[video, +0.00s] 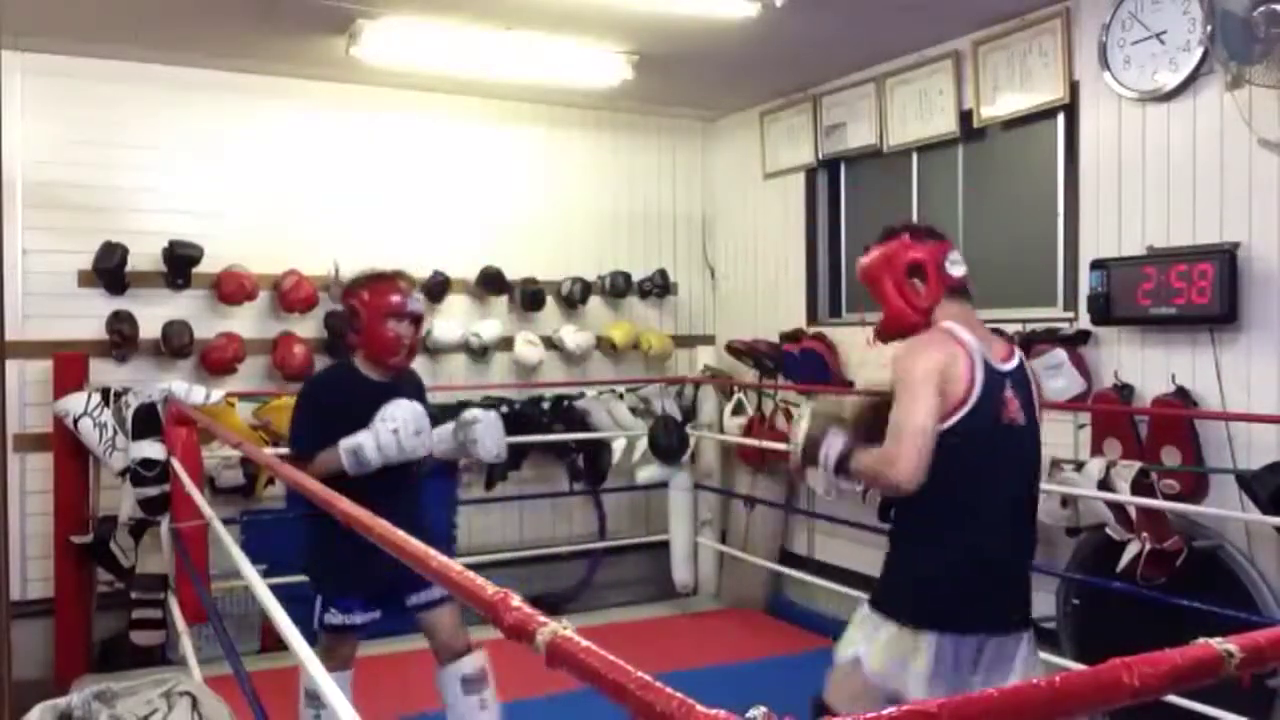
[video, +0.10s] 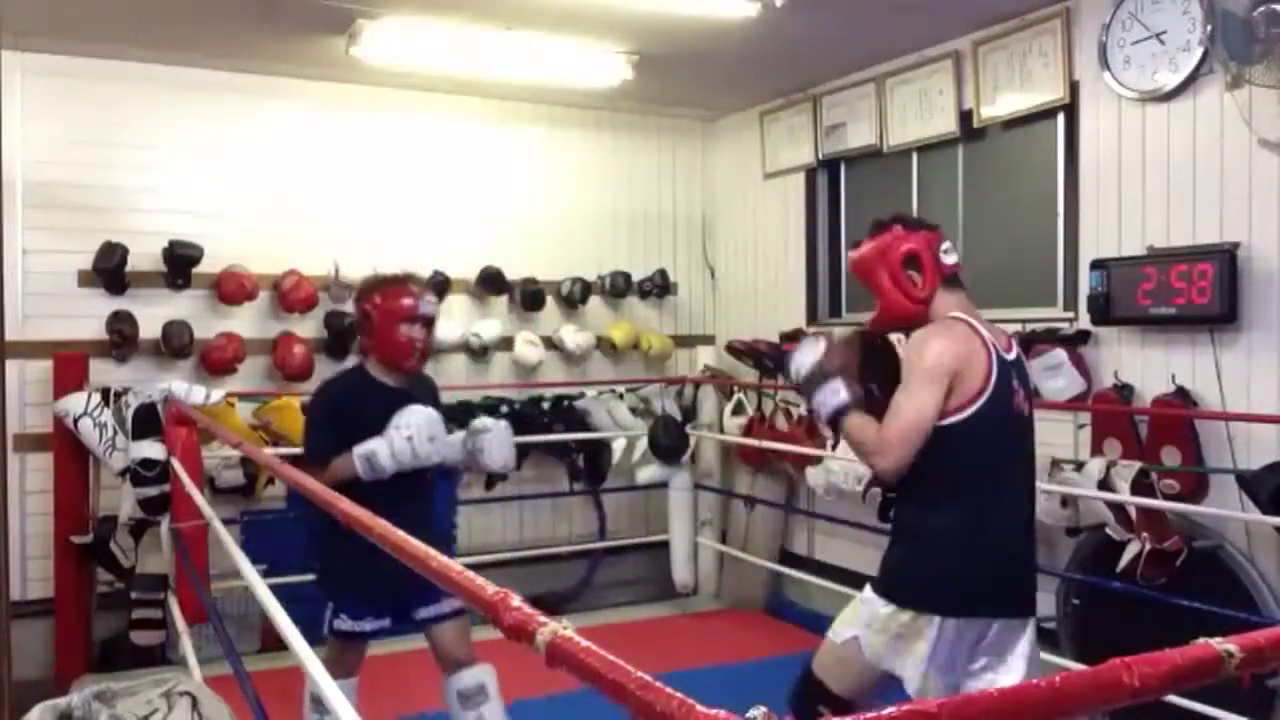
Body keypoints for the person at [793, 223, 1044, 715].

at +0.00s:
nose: (881, 313)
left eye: (883, 293)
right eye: (878, 295)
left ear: (916, 283)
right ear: (949, 278)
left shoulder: (926, 352)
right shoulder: (1010, 355)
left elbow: (903, 471)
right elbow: (992, 472)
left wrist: (840, 454)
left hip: (927, 605)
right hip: (1005, 603)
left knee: (842, 705)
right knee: (984, 718)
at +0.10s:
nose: (878, 303)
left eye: (879, 286)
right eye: (873, 288)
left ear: (910, 275)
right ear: (938, 268)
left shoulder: (938, 342)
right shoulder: (1000, 342)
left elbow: (888, 457)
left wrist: (829, 395)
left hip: (929, 588)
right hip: (1006, 589)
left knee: (816, 700)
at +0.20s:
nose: (866, 310)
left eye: (868, 294)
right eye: (862, 296)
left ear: (902, 283)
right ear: (924, 274)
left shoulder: (937, 353)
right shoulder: (991, 347)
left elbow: (868, 457)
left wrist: (820, 384)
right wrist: (852, 373)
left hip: (932, 597)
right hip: (1003, 595)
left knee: (821, 700)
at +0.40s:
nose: (825, 319)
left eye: (825, 304)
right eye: (820, 306)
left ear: (860, 291)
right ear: (888, 282)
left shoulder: (886, 368)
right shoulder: (962, 353)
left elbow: (852, 487)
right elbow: (922, 441)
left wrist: (786, 444)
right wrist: (832, 410)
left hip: (896, 612)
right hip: (972, 602)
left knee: (857, 709)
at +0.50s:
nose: (807, 320)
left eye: (807, 305)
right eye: (802, 307)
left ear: (836, 292)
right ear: (868, 280)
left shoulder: (850, 370)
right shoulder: (946, 352)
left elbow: (800, 469)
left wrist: (756, 406)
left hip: (873, 602)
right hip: (953, 593)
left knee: (840, 707)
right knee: (943, 715)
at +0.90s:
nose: (811, 323)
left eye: (813, 308)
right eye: (808, 308)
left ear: (849, 297)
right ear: (873, 293)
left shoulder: (841, 369)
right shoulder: (943, 363)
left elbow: (789, 472)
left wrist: (742, 415)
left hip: (845, 591)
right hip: (920, 590)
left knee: (762, 704)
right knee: (890, 711)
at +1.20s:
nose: (780, 323)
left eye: (782, 307)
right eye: (775, 309)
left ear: (817, 297)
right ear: (831, 291)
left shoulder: (852, 371)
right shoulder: (892, 359)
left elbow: (773, 456)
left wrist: (743, 382)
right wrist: (770, 392)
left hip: (828, 584)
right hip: (888, 582)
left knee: (735, 708)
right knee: (876, 709)